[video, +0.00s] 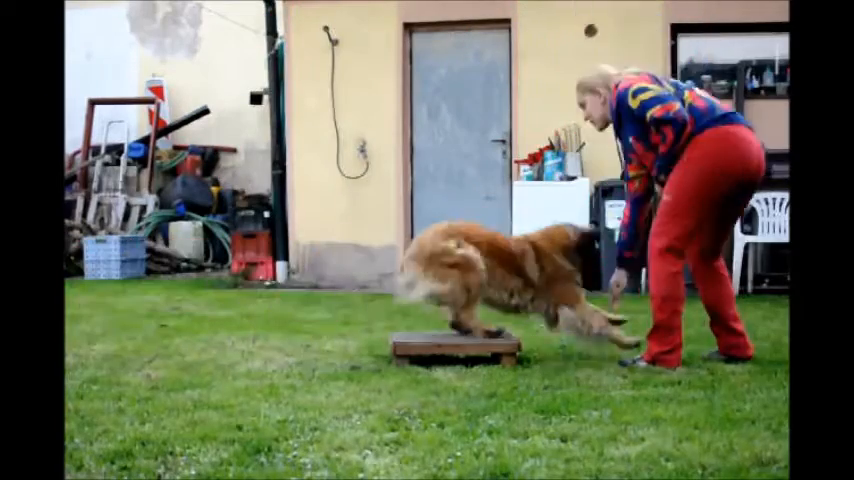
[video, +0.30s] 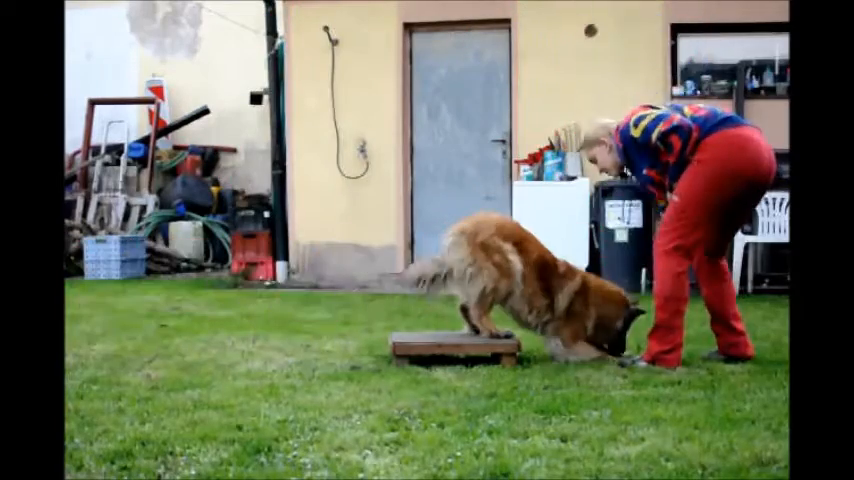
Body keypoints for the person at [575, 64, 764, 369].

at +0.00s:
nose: (585, 115)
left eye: (584, 105)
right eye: (581, 109)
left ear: (601, 92)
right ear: (602, 96)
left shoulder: (629, 87)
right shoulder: (631, 130)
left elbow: (674, 117)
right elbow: (637, 194)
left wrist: (661, 173)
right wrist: (624, 266)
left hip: (718, 144)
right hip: (745, 148)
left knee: (664, 245)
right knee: (705, 253)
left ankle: (662, 354)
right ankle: (735, 347)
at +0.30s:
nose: (599, 170)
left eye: (594, 160)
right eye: (593, 164)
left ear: (606, 143)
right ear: (606, 145)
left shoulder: (632, 124)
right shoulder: (646, 169)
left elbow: (680, 130)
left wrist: (674, 185)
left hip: (727, 148)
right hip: (758, 153)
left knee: (669, 247)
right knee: (709, 255)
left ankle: (662, 354)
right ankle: (735, 347)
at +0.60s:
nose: (608, 97)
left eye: (605, 89)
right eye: (604, 92)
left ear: (621, 75)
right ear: (622, 75)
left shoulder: (641, 76)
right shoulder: (668, 69)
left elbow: (674, 109)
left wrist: (666, 161)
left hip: (720, 136)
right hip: (755, 136)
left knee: (680, 250)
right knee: (721, 247)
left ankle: (663, 354)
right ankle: (736, 346)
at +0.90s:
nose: (646, 33)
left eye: (646, 23)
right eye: (642, 26)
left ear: (667, 13)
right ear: (675, 13)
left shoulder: (681, 40)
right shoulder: (712, 37)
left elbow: (684, 102)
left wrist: (663, 128)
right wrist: (673, 128)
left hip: (716, 142)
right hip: (754, 142)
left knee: (683, 249)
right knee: (725, 250)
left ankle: (665, 352)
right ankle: (737, 346)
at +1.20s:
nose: (657, 23)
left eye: (658, 13)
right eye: (653, 16)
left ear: (681, 4)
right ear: (685, 7)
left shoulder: (699, 33)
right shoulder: (720, 30)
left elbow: (708, 86)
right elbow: (748, 89)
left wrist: (685, 123)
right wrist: (706, 124)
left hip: (725, 140)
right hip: (752, 139)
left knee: (687, 240)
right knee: (735, 247)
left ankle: (693, 348)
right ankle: (739, 346)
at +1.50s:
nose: (619, 69)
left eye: (619, 60)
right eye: (614, 64)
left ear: (637, 45)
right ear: (637, 49)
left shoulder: (672, 54)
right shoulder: (672, 58)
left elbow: (711, 100)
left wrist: (690, 156)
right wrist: (690, 176)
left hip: (739, 139)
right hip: (758, 138)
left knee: (706, 243)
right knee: (733, 247)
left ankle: (704, 350)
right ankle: (737, 344)